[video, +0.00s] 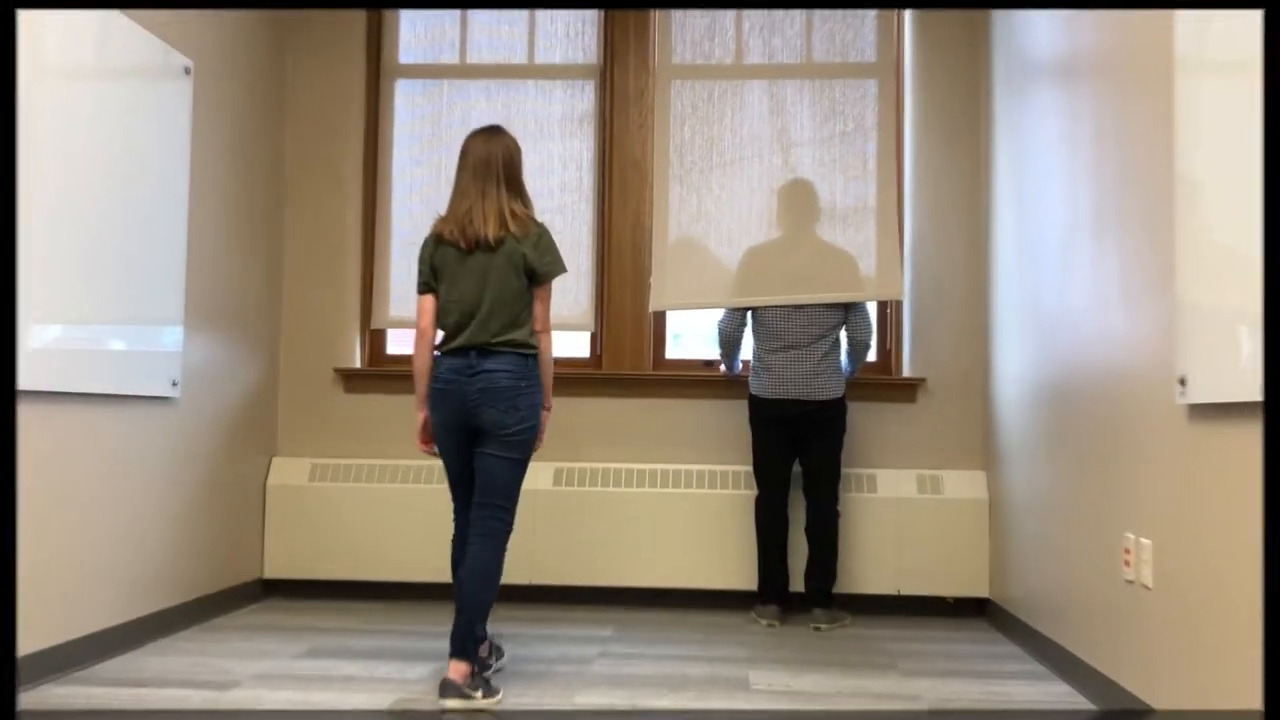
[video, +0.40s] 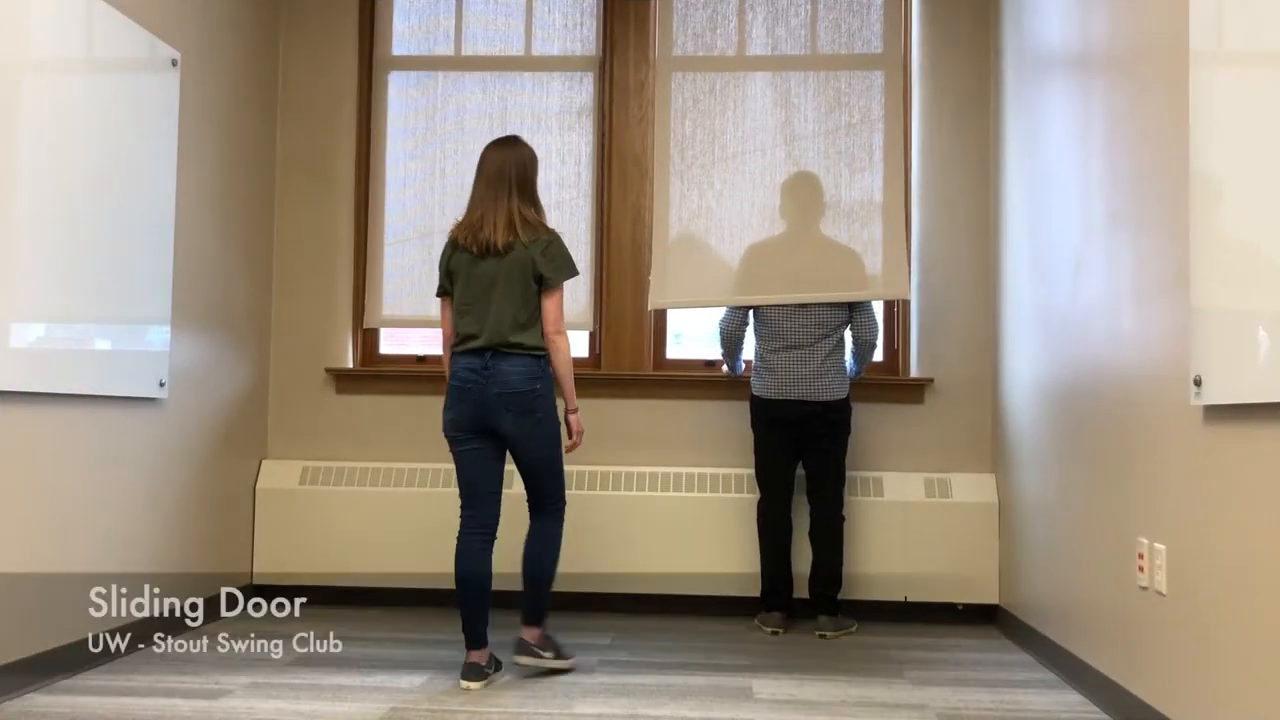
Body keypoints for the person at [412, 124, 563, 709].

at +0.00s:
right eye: (516, 164)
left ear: (463, 171)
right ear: (515, 172)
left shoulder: (439, 239)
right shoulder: (532, 235)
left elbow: (426, 331)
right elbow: (541, 329)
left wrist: (423, 403)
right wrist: (545, 399)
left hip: (450, 386)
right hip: (512, 386)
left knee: (465, 517)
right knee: (492, 524)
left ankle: (473, 639)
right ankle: (460, 665)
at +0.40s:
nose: (538, 184)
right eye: (534, 175)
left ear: (481, 179)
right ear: (530, 180)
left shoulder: (457, 244)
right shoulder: (542, 242)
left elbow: (450, 335)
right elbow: (553, 329)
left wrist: (457, 397)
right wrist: (571, 403)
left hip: (464, 392)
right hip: (525, 390)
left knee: (476, 521)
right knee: (546, 506)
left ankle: (476, 653)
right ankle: (534, 630)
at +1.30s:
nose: (598, 211)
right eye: (594, 203)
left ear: (547, 207)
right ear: (589, 208)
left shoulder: (527, 267)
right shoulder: (601, 263)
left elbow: (523, 349)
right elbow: (615, 340)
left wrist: (531, 399)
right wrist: (622, 399)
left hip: (540, 389)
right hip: (589, 386)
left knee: (549, 501)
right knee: (576, 506)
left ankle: (549, 611)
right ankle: (568, 629)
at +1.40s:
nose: (598, 216)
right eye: (595, 208)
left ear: (548, 212)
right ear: (590, 212)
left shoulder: (530, 269)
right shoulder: (601, 267)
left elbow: (525, 349)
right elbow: (614, 343)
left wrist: (532, 399)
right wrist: (622, 401)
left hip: (541, 391)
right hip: (588, 389)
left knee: (550, 502)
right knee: (575, 507)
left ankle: (552, 612)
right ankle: (568, 628)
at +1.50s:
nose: (600, 217)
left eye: (597, 208)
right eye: (597, 211)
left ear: (551, 214)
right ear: (589, 215)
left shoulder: (531, 270)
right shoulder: (597, 270)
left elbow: (526, 350)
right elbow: (609, 344)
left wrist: (534, 400)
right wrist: (624, 407)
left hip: (540, 391)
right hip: (584, 390)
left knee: (551, 502)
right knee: (574, 507)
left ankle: (554, 615)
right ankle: (567, 628)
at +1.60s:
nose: (598, 218)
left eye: (595, 209)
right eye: (595, 211)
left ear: (550, 215)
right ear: (585, 215)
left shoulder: (532, 271)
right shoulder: (593, 272)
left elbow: (527, 346)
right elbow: (604, 342)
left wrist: (535, 395)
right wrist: (622, 404)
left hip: (538, 393)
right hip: (580, 392)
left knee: (547, 502)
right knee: (577, 506)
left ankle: (554, 614)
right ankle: (565, 625)